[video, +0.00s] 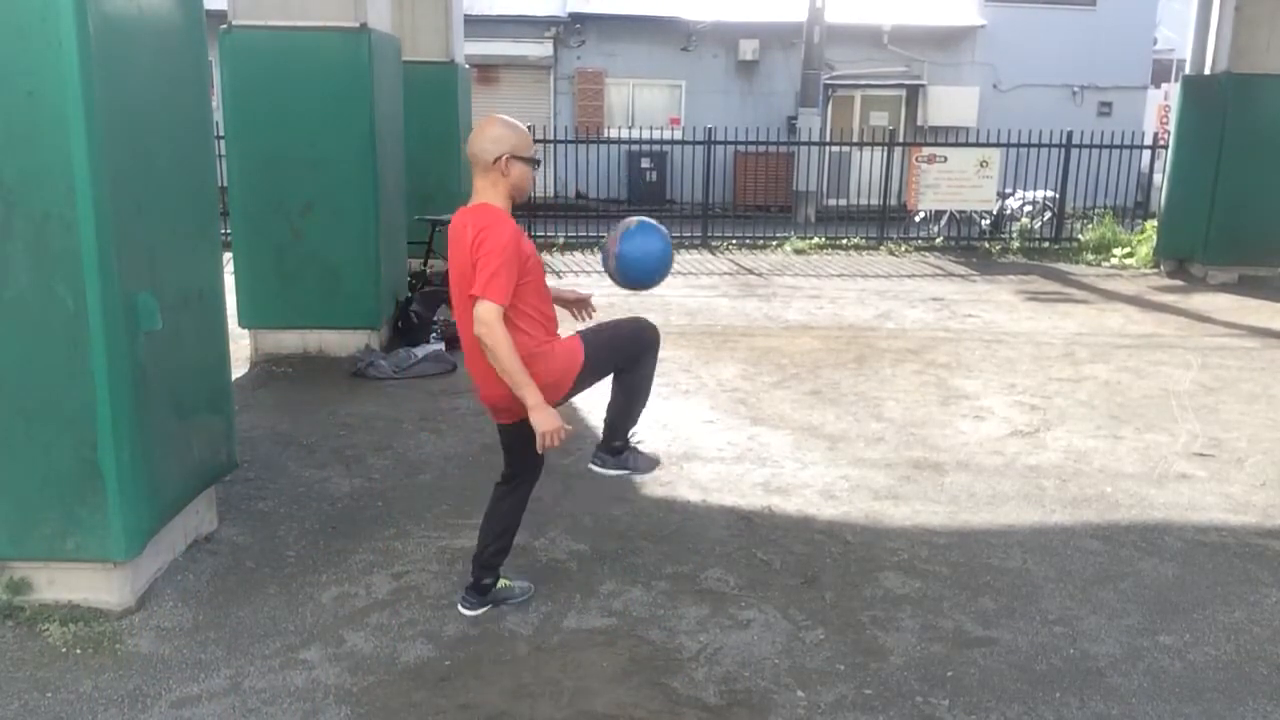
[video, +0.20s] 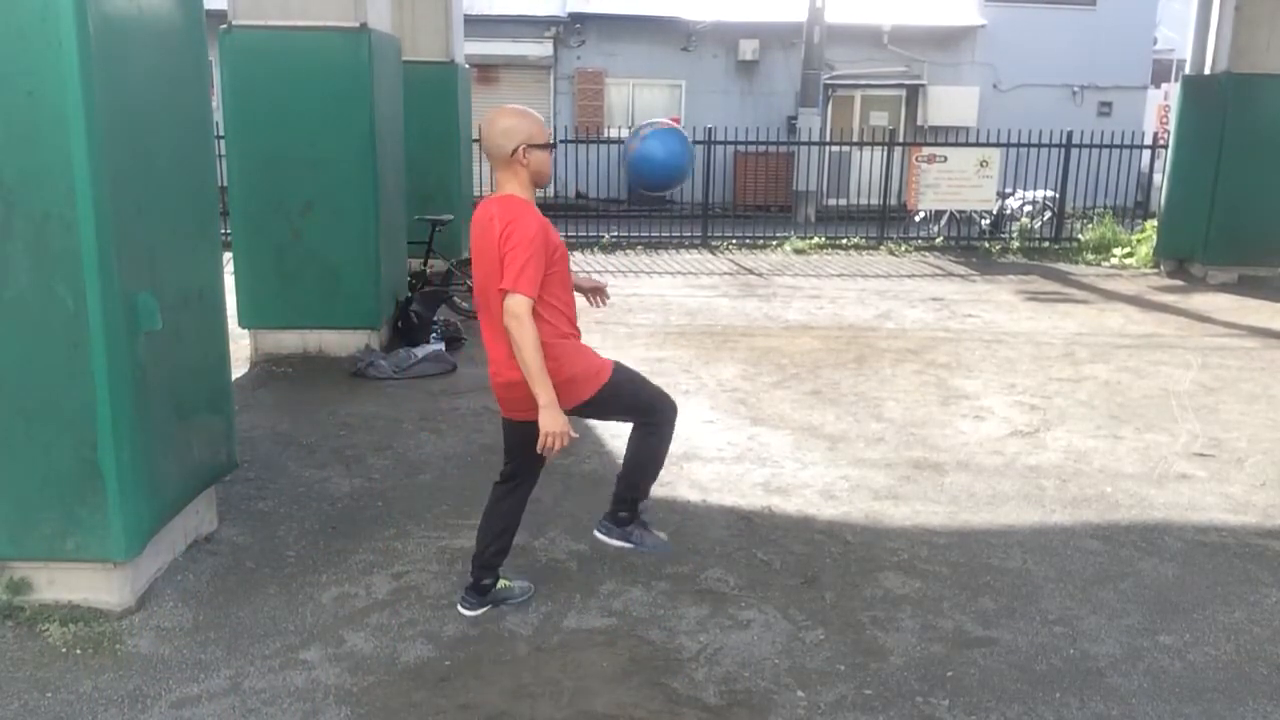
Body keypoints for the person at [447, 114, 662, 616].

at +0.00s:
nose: (535, 173)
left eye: (533, 163)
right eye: (530, 162)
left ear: (491, 166)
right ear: (505, 166)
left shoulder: (464, 222)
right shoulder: (501, 232)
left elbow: (501, 282)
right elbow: (487, 322)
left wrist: (554, 294)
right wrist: (535, 404)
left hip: (499, 385)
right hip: (535, 380)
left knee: (520, 471)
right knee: (641, 335)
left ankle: (481, 586)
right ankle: (614, 448)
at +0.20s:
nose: (553, 157)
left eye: (550, 147)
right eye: (547, 148)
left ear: (507, 157)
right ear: (523, 155)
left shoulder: (487, 213)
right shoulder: (525, 222)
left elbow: (516, 271)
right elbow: (516, 316)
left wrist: (572, 281)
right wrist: (547, 404)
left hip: (515, 376)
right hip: (558, 373)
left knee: (516, 475)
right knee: (659, 410)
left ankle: (481, 586)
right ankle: (622, 519)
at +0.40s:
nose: (592, 161)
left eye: (590, 151)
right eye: (588, 152)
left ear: (542, 160)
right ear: (570, 158)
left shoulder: (521, 219)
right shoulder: (572, 230)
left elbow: (508, 285)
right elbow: (585, 321)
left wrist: (558, 318)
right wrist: (634, 395)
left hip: (560, 381)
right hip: (594, 388)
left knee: (597, 462)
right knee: (638, 482)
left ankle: (518, 543)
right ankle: (612, 595)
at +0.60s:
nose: (620, 165)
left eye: (619, 156)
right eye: (618, 156)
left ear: (566, 159)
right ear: (604, 160)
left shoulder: (540, 226)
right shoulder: (611, 230)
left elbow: (522, 304)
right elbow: (642, 315)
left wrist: (537, 368)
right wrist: (709, 356)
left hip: (600, 357)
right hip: (636, 366)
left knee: (709, 314)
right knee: (644, 485)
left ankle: (679, 421)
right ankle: (610, 594)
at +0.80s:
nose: (642, 156)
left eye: (639, 146)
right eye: (637, 148)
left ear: (589, 157)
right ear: (620, 155)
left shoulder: (566, 222)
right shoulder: (635, 224)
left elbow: (551, 299)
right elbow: (662, 306)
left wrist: (567, 362)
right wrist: (729, 346)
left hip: (618, 357)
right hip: (653, 364)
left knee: (713, 356)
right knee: (648, 482)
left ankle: (683, 450)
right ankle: (610, 594)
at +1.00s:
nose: (669, 164)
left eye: (668, 155)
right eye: (666, 155)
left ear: (622, 160)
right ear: (646, 159)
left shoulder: (597, 221)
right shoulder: (648, 224)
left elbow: (595, 288)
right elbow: (664, 310)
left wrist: (640, 314)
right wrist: (726, 363)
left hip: (631, 368)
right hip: (669, 369)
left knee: (663, 450)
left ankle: (643, 553)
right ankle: (655, 541)